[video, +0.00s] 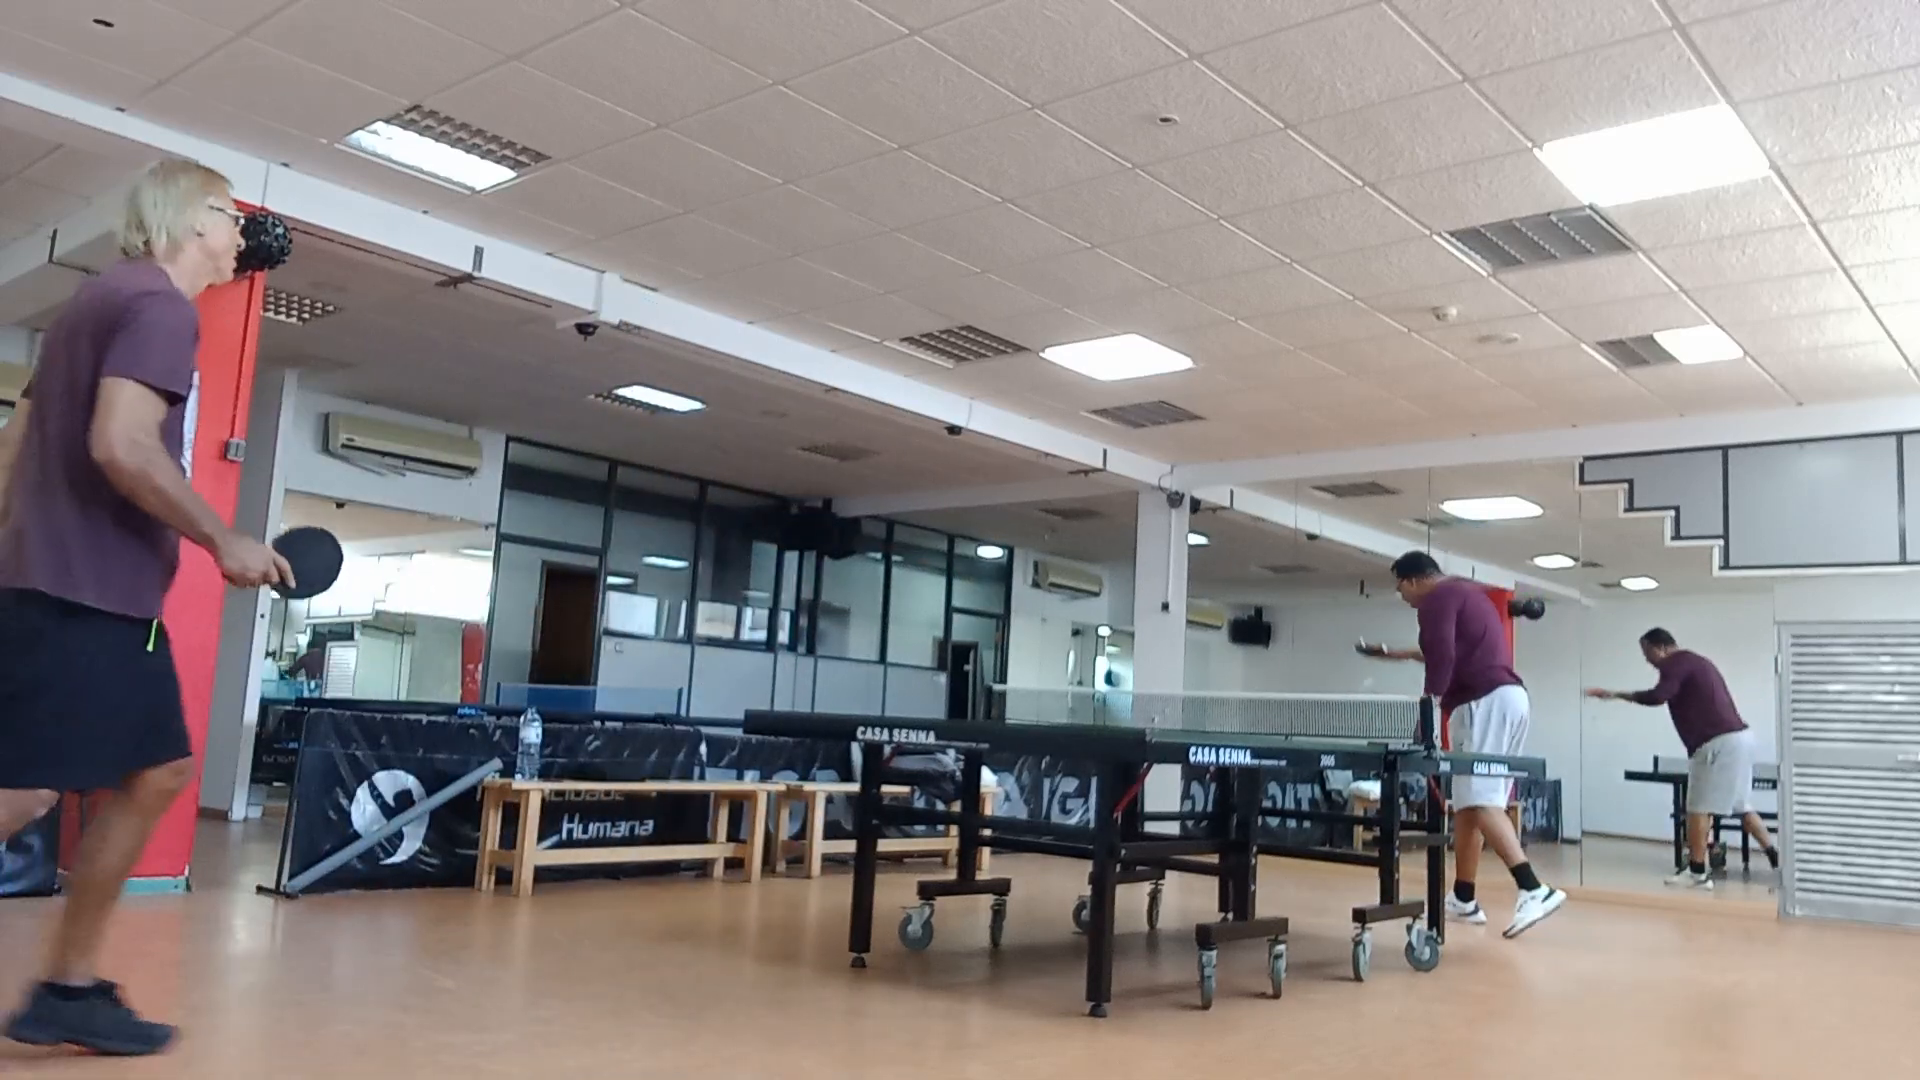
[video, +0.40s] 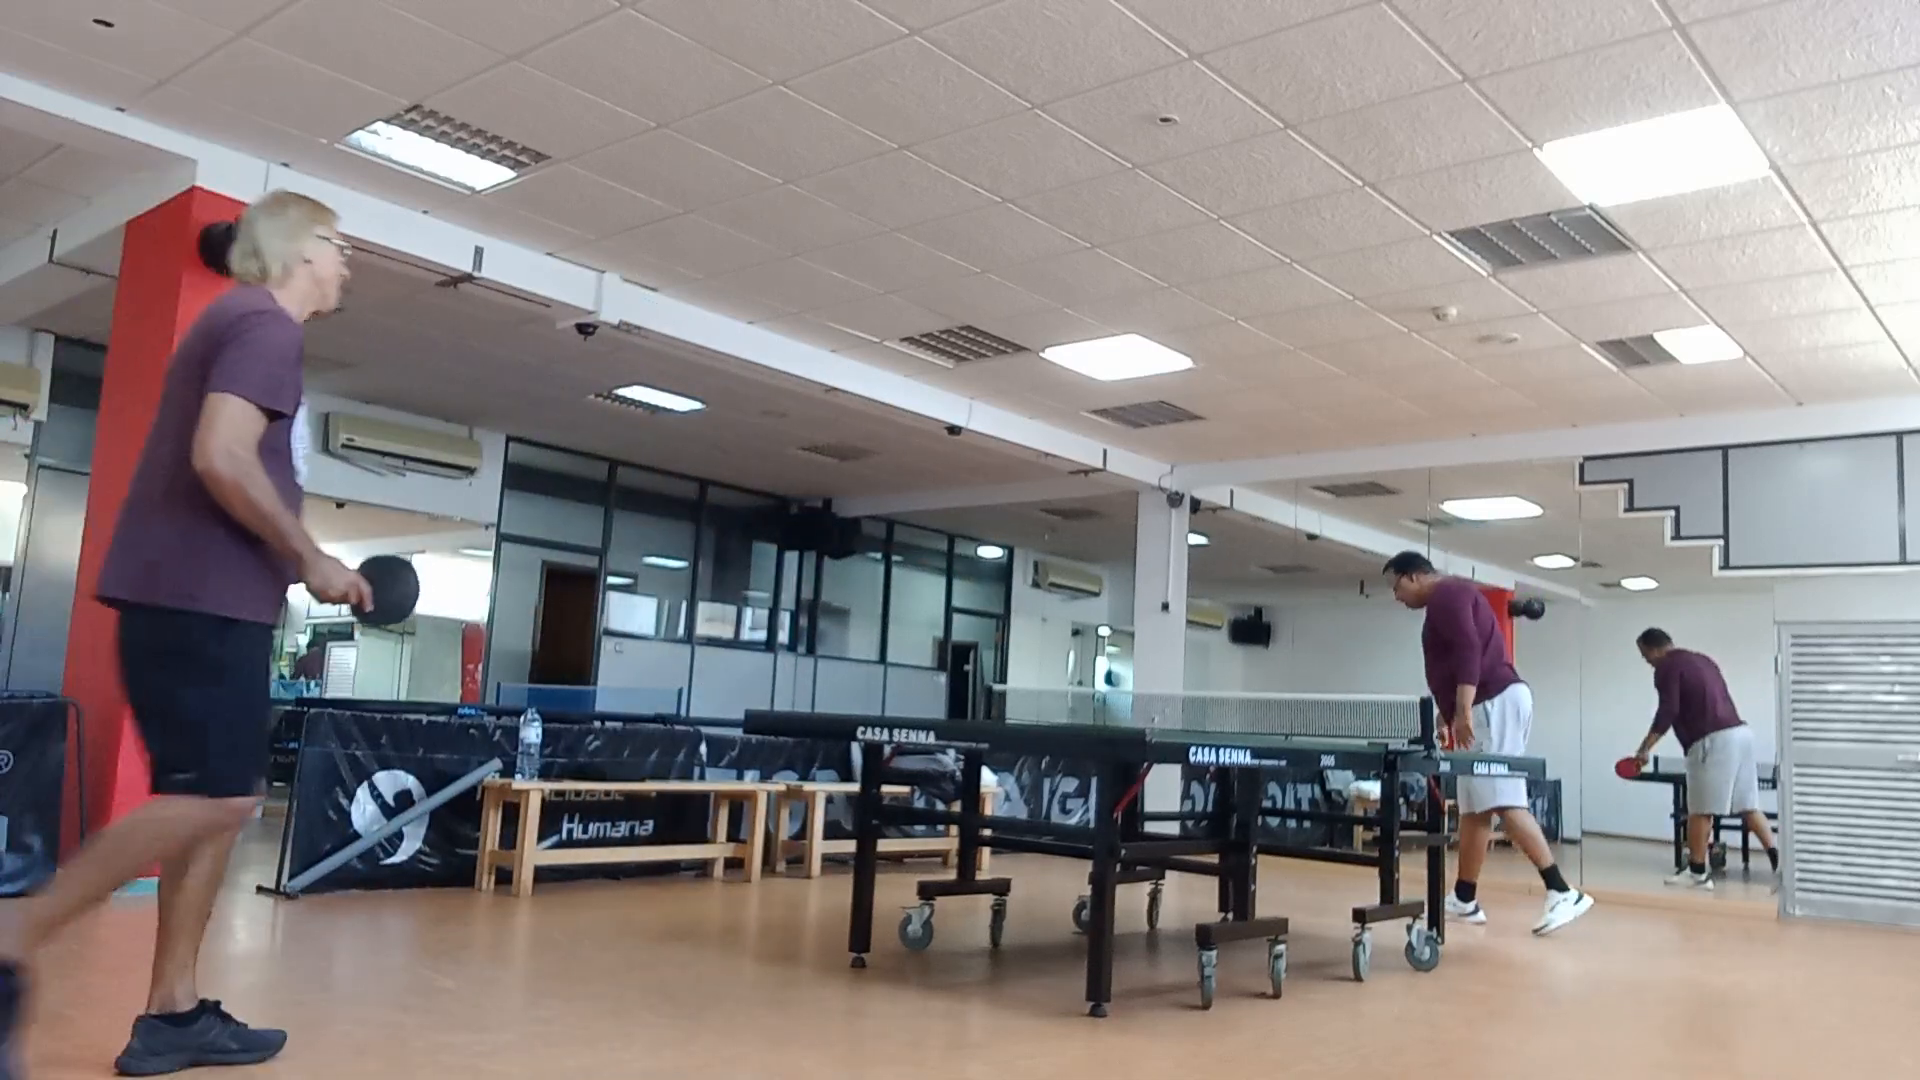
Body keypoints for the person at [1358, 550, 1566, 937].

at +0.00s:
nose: (1403, 598)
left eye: (1401, 590)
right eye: (1400, 591)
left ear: (1412, 580)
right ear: (1429, 575)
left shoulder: (1438, 597)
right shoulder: (1462, 592)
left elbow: (1442, 657)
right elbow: (1446, 654)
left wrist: (1428, 714)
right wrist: (1396, 653)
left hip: (1487, 702)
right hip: (1501, 699)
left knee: (1480, 801)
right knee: (1467, 806)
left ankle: (1534, 891)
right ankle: (1463, 900)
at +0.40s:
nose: (1397, 598)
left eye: (1396, 589)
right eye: (1394, 591)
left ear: (1413, 577)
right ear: (1415, 577)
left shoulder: (1449, 593)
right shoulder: (1442, 603)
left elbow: (1469, 648)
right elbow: (1452, 663)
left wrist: (1463, 709)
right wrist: (1446, 712)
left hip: (1497, 701)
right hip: (1479, 706)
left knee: (1505, 800)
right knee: (1473, 806)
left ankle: (1562, 893)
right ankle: (1464, 900)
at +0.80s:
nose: (1431, 570)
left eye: (1435, 560)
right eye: (1429, 564)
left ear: (1461, 558)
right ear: (1448, 564)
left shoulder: (1507, 591)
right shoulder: (1444, 616)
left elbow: (1549, 640)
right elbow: (1418, 658)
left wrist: (1539, 697)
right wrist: (1374, 683)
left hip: (1525, 715)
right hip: (1481, 725)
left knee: (1533, 813)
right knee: (1482, 815)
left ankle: (1568, 901)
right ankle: (1464, 901)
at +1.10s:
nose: (1491, 556)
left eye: (1498, 547)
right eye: (1486, 553)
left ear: (1523, 549)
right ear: (1485, 563)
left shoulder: (1566, 593)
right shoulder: (1482, 605)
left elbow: (1605, 650)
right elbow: (1443, 646)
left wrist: (1612, 712)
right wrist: (1415, 630)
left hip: (1564, 724)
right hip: (1508, 726)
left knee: (1564, 819)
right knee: (1485, 811)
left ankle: (1567, 907)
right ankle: (1472, 898)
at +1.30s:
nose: (1524, 548)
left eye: (1532, 540)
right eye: (1518, 543)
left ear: (1555, 545)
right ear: (1511, 552)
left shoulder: (1590, 594)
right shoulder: (1498, 599)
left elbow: (1623, 653)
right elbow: (1482, 655)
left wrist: (1621, 710)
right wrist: (1471, 675)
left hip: (1576, 725)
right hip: (1516, 722)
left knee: (1572, 819)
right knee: (1509, 807)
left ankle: (1569, 907)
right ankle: (1513, 905)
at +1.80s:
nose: (1550, 527)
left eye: (1557, 518)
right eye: (1540, 522)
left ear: (1576, 522)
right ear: (1531, 533)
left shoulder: (1614, 573)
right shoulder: (1511, 587)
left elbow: (1642, 638)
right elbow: (1499, 654)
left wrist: (1667, 700)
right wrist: (1495, 707)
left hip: (1613, 718)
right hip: (1546, 723)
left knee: (1632, 814)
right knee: (1547, 822)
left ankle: (1621, 916)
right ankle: (1550, 921)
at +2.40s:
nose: (1615, 495)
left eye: (1624, 485)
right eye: (1603, 488)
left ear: (1643, 492)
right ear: (1591, 500)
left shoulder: (1681, 552)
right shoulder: (1560, 555)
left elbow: (1722, 623)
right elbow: (1535, 633)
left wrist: (1693, 671)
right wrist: (1522, 702)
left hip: (1661, 713)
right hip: (1585, 713)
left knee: (1665, 832)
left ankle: (1668, 948)